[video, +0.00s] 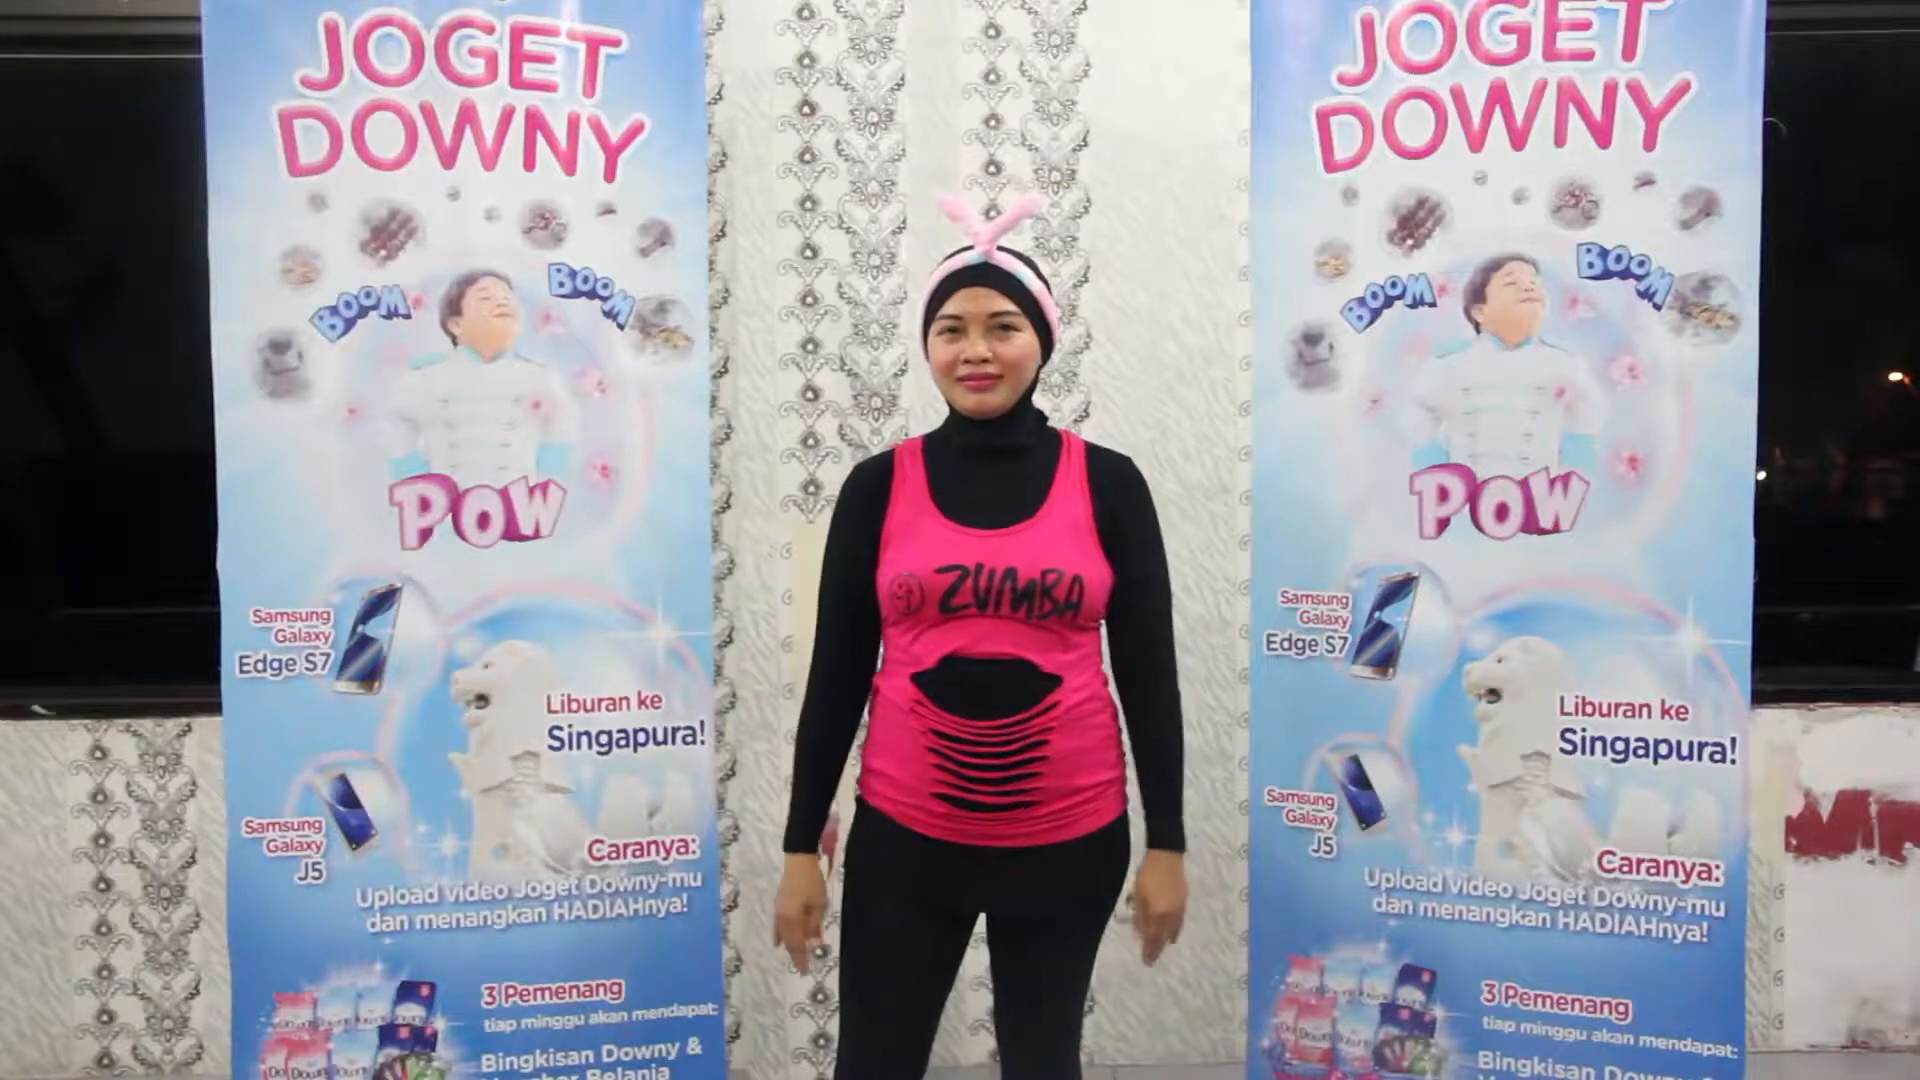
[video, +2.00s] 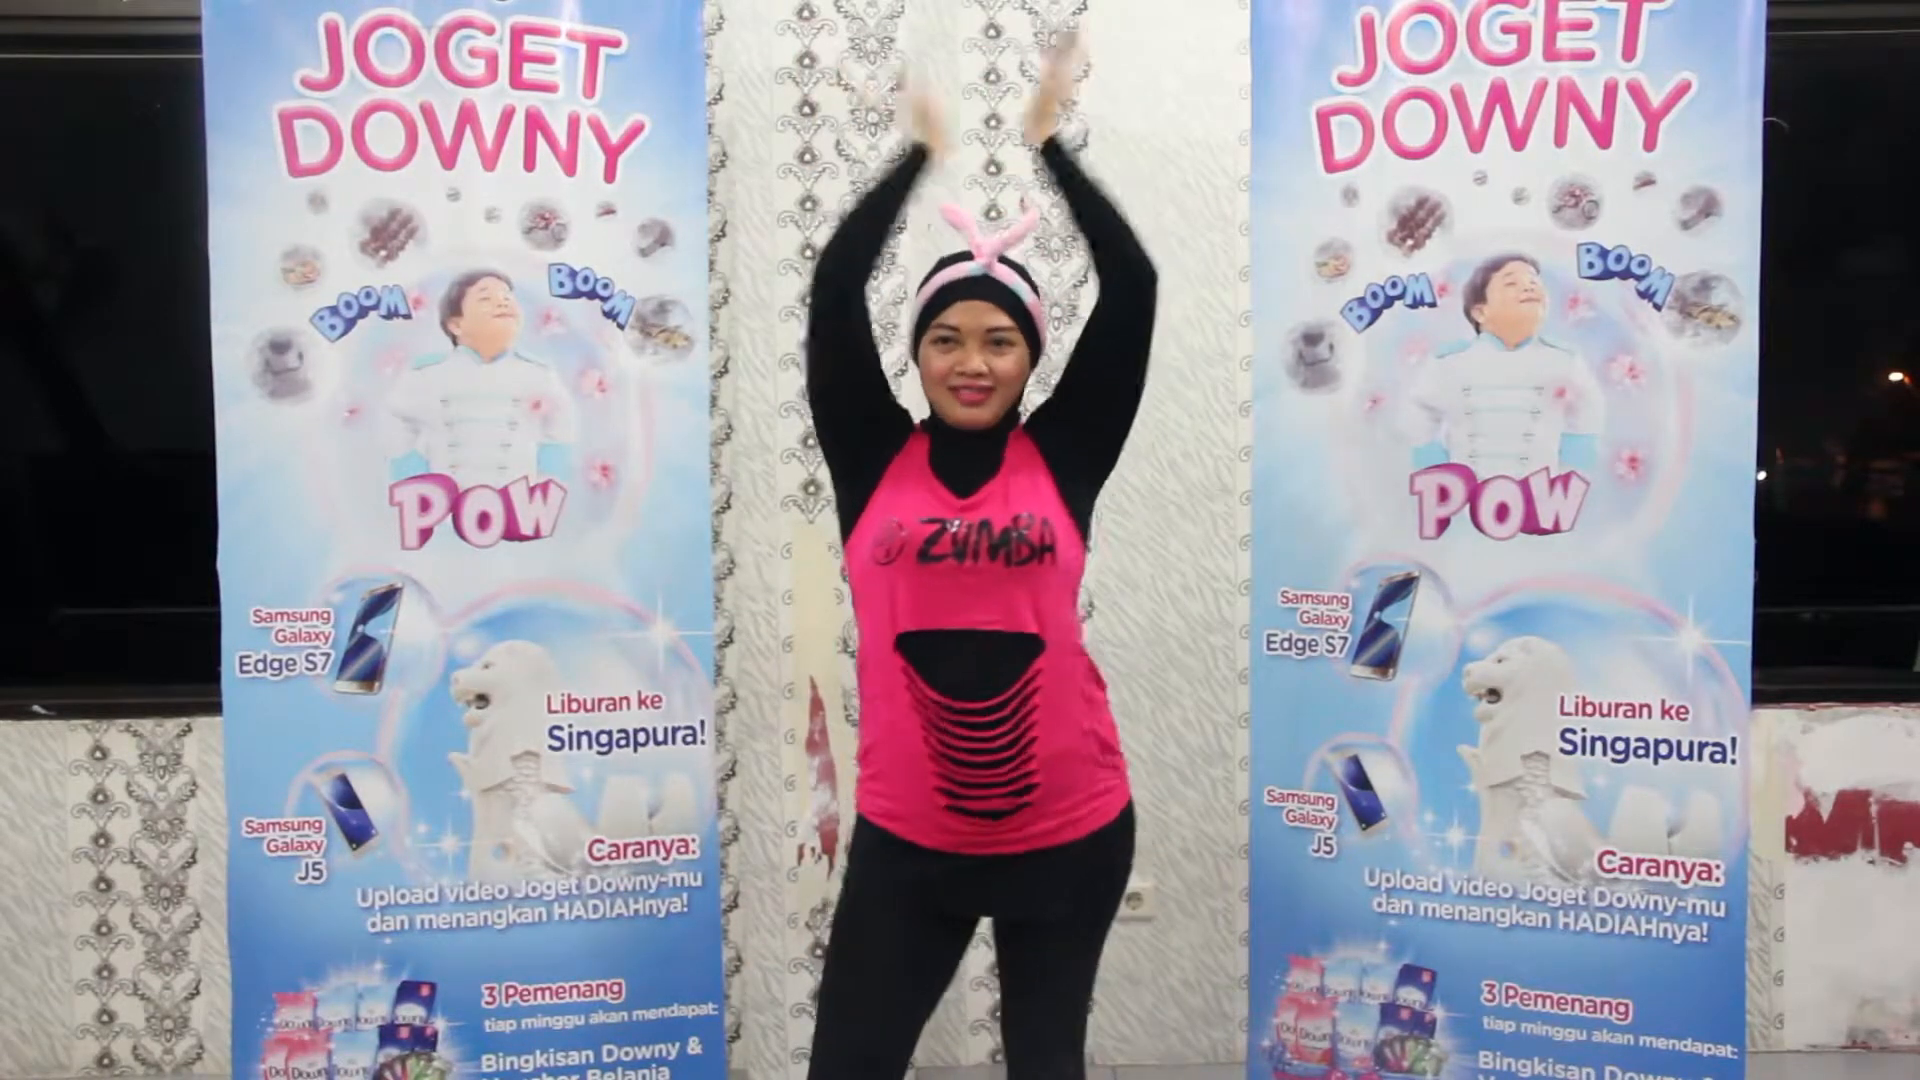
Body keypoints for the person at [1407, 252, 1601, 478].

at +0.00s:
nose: (1528, 286)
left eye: (1534, 281)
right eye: (1509, 282)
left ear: (1545, 300)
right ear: (1478, 311)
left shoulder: (1565, 366)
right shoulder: (1444, 368)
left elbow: (1582, 438)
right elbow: (1416, 424)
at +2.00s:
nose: (1528, 286)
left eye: (1534, 280)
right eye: (1510, 283)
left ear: (1545, 299)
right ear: (1479, 311)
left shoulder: (1565, 363)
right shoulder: (1446, 367)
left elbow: (1585, 425)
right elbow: (1414, 419)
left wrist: (1567, 486)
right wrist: (1436, 478)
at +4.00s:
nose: (1529, 288)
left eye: (1535, 282)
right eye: (1511, 283)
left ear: (1545, 301)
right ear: (1479, 311)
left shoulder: (1564, 362)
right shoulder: (1447, 365)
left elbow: (1583, 426)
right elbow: (1416, 417)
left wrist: (1565, 488)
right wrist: (1434, 479)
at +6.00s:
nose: (1529, 287)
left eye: (1534, 281)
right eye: (1511, 283)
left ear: (1545, 299)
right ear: (1479, 311)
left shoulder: (1565, 364)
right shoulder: (1447, 367)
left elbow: (1585, 427)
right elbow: (1413, 416)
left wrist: (1567, 484)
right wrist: (1435, 473)